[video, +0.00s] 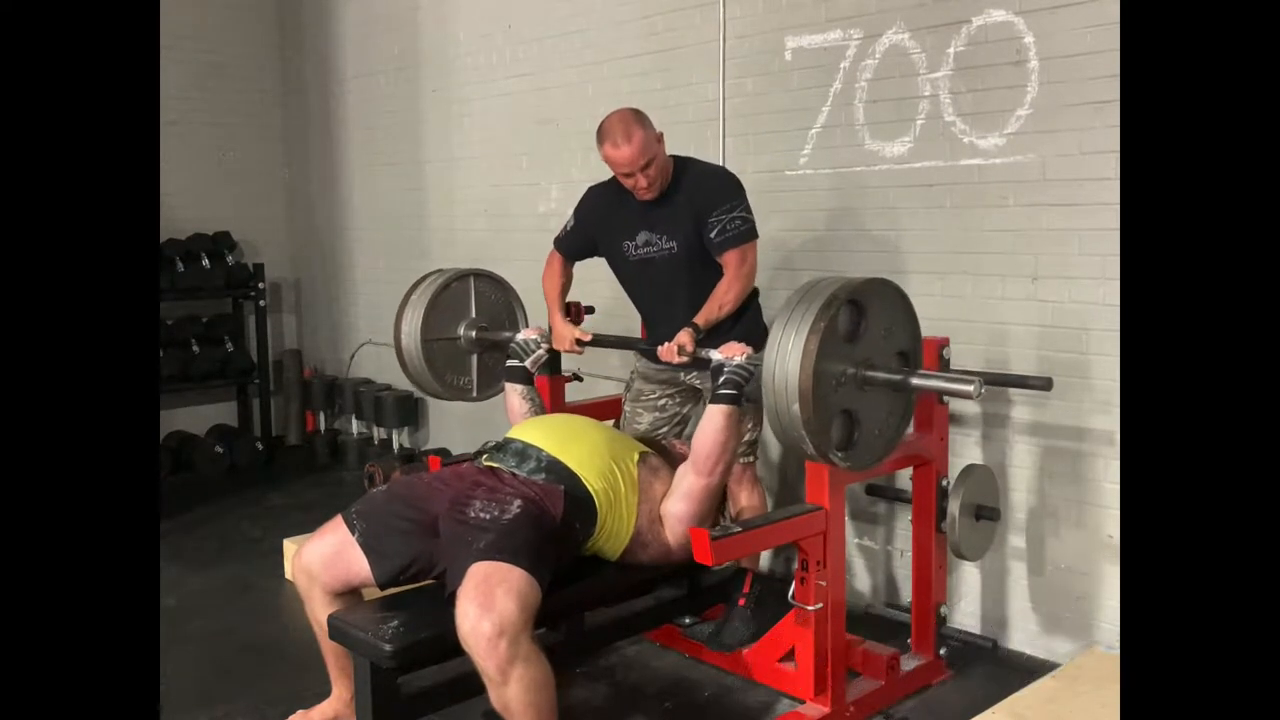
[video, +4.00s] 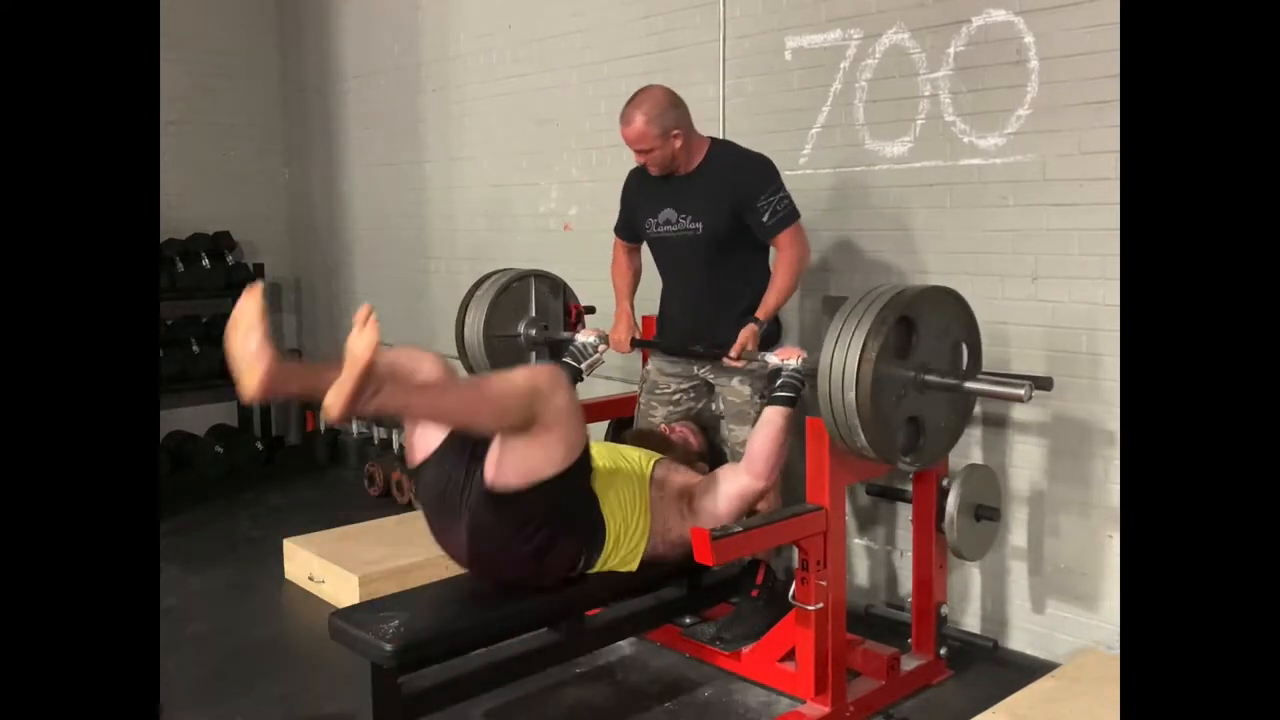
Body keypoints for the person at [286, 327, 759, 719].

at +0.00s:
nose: (680, 434)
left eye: (693, 441)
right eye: (677, 430)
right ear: (661, 438)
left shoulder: (668, 522)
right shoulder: (586, 446)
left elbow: (707, 464)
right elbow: (521, 443)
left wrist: (728, 386)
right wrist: (519, 372)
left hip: (529, 499)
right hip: (455, 476)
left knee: (489, 625)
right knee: (313, 563)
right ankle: (344, 696)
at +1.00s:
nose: (682, 444)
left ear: (682, 447)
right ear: (662, 437)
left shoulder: (662, 500)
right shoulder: (571, 440)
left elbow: (697, 502)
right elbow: (496, 464)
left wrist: (712, 416)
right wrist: (497, 399)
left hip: (520, 503)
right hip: (453, 484)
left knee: (485, 629)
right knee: (307, 561)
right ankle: (343, 698)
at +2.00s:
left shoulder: (672, 504)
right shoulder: (582, 440)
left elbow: (710, 543)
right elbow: (515, 460)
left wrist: (717, 453)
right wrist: (503, 426)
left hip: (523, 498)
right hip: (463, 474)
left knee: (490, 627)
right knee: (311, 562)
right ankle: (342, 700)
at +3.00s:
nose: (676, 440)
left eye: (688, 443)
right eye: (672, 436)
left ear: (696, 467)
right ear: (652, 443)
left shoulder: (678, 506)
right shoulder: (589, 444)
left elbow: (734, 445)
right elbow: (564, 407)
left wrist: (771, 364)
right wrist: (557, 341)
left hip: (528, 514)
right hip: (465, 485)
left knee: (487, 627)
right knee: (308, 562)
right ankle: (341, 699)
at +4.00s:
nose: (678, 430)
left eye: (693, 433)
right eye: (674, 426)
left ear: (708, 456)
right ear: (660, 433)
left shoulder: (701, 494)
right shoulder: (619, 460)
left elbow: (757, 479)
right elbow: (552, 440)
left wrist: (788, 386)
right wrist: (572, 369)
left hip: (542, 540)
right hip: (471, 513)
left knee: (549, 385)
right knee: (425, 366)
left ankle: (374, 390)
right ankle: (277, 376)